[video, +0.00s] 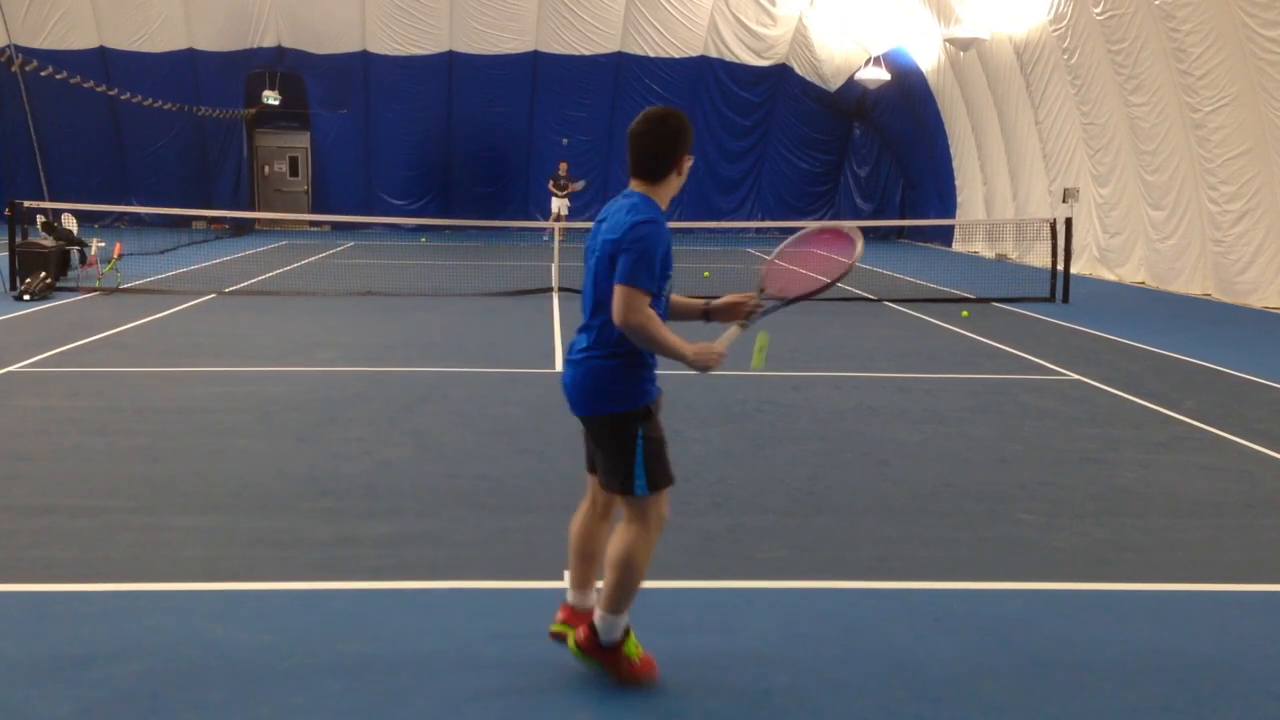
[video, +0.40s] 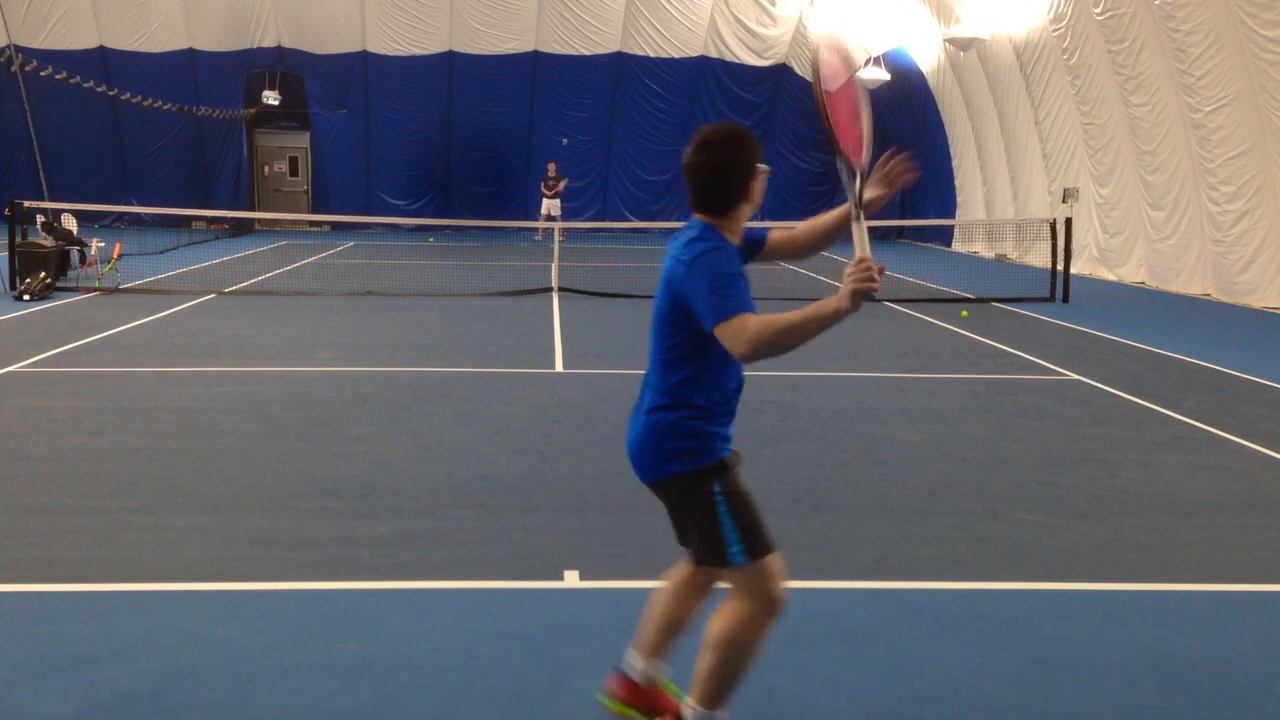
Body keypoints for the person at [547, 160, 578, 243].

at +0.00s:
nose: (564, 167)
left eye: (565, 165)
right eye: (562, 165)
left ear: (567, 167)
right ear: (559, 166)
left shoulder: (568, 177)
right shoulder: (555, 176)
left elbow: (570, 188)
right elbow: (550, 186)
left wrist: (564, 193)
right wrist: (558, 192)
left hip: (564, 199)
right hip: (555, 198)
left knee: (563, 216)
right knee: (554, 214)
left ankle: (562, 234)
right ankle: (548, 231)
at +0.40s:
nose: (551, 167)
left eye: (552, 165)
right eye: (550, 166)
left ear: (555, 167)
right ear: (547, 167)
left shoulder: (559, 177)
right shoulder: (545, 177)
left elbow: (561, 187)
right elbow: (542, 187)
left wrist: (554, 191)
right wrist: (548, 193)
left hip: (555, 199)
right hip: (546, 199)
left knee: (558, 217)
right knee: (543, 216)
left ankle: (560, 235)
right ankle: (540, 235)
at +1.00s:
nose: (540, 168)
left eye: (541, 166)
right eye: (539, 166)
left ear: (544, 167)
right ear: (537, 168)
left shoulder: (549, 177)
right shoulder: (535, 177)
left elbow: (551, 187)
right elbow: (532, 188)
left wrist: (544, 192)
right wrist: (537, 193)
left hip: (545, 199)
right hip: (536, 199)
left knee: (545, 216)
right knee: (531, 216)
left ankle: (547, 235)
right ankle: (537, 231)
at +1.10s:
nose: (538, 167)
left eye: (540, 166)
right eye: (537, 166)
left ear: (543, 167)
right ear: (535, 167)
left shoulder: (547, 177)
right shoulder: (533, 177)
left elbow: (549, 187)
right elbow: (530, 187)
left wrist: (542, 192)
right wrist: (535, 193)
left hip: (543, 199)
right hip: (534, 198)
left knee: (544, 216)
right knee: (528, 215)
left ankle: (547, 234)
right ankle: (530, 231)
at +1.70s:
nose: (547, 169)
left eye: (548, 167)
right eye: (546, 167)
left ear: (551, 169)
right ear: (543, 169)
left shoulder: (552, 178)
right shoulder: (539, 178)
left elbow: (554, 188)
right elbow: (536, 190)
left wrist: (550, 196)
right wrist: (544, 197)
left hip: (548, 198)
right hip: (539, 198)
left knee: (552, 216)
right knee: (539, 215)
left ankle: (548, 233)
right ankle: (535, 233)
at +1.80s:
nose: (552, 172)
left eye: (553, 170)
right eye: (550, 170)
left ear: (555, 171)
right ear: (547, 171)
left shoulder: (556, 182)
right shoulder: (544, 181)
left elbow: (557, 192)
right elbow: (541, 193)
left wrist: (555, 200)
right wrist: (550, 200)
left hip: (551, 201)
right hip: (543, 201)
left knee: (555, 218)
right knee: (545, 217)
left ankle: (550, 236)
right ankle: (536, 235)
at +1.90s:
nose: (557, 173)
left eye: (558, 171)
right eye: (555, 171)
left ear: (559, 173)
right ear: (552, 172)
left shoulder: (557, 183)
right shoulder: (550, 182)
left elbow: (559, 192)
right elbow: (548, 194)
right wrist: (556, 201)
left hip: (553, 202)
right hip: (546, 201)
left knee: (557, 218)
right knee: (554, 215)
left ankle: (552, 235)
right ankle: (545, 231)